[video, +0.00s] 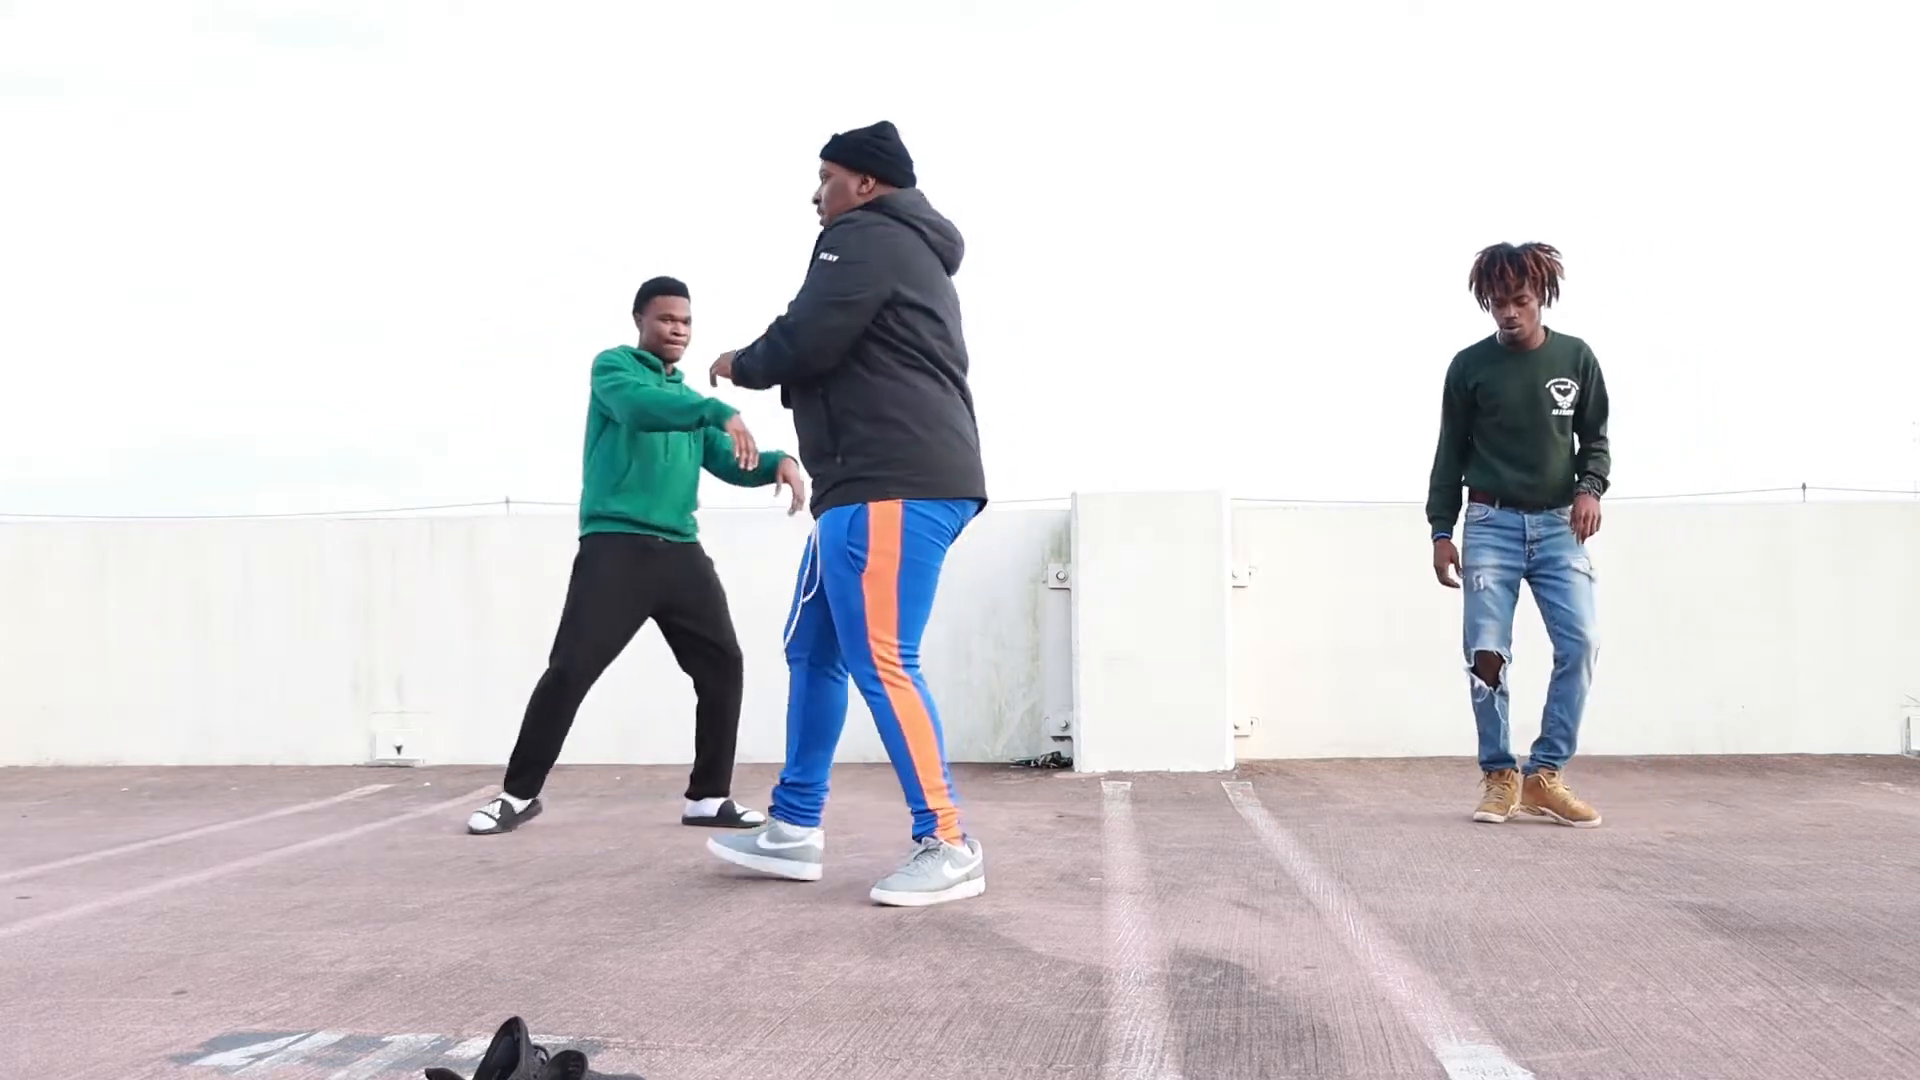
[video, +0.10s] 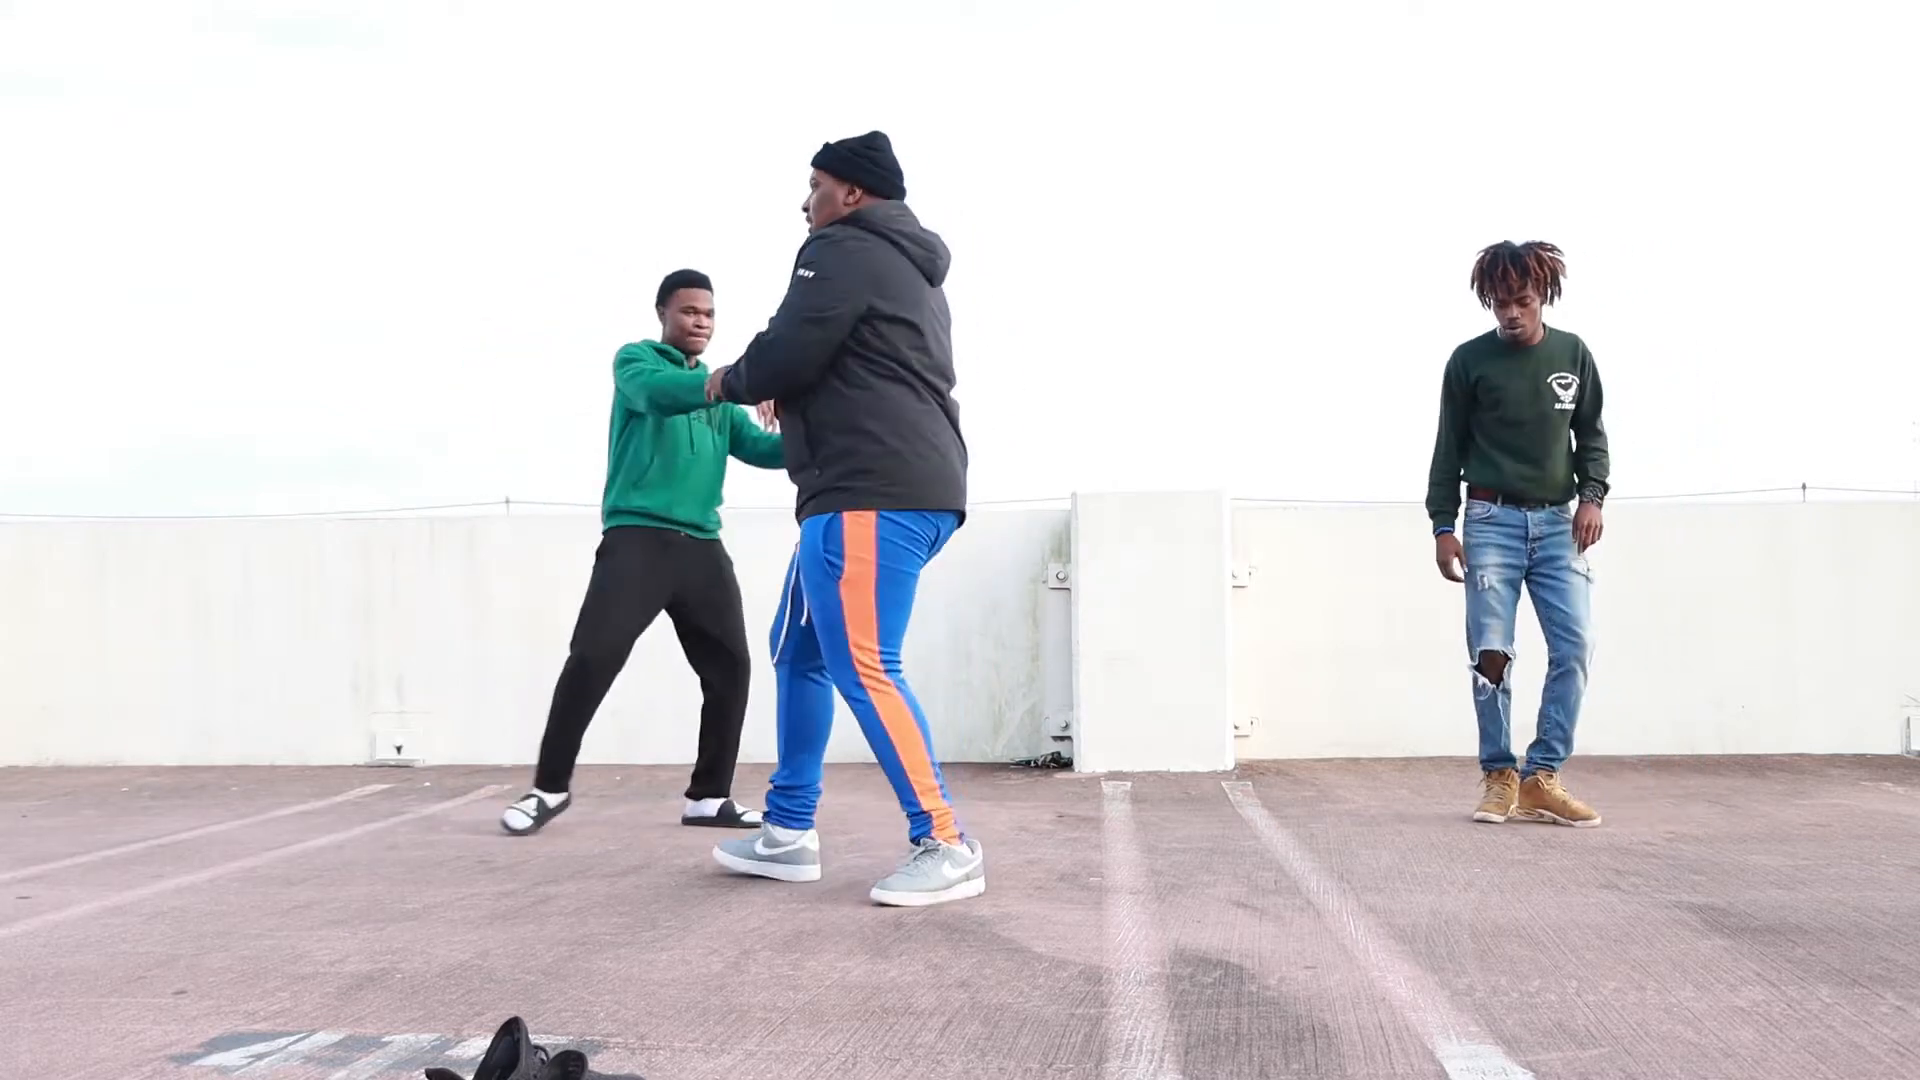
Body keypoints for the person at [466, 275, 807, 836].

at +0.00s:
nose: (675, 329)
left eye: (683, 321)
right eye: (664, 319)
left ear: (690, 329)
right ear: (639, 321)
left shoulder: (691, 398)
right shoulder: (615, 365)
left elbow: (728, 461)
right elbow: (639, 404)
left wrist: (777, 461)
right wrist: (720, 412)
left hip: (681, 551)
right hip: (616, 545)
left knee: (722, 667)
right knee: (570, 670)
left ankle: (708, 798)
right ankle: (518, 794)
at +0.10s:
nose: (699, 322)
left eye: (707, 314)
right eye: (688, 311)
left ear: (714, 323)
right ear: (661, 315)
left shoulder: (717, 394)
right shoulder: (636, 358)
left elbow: (758, 446)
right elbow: (649, 389)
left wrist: (818, 440)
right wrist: (723, 385)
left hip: (702, 548)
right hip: (636, 538)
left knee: (729, 670)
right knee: (592, 660)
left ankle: (708, 797)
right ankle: (550, 789)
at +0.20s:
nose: (716, 313)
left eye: (724, 305)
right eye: (706, 303)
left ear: (731, 311)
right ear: (678, 302)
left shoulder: (740, 364)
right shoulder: (650, 347)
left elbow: (774, 407)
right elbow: (659, 374)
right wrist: (748, 348)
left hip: (717, 536)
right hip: (651, 526)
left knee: (729, 666)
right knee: (624, 651)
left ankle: (708, 797)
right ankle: (608, 796)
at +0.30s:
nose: (729, 308)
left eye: (738, 299)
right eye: (719, 295)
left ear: (747, 303)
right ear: (694, 293)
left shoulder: (748, 350)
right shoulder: (658, 342)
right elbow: (668, 363)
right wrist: (733, 319)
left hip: (734, 520)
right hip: (668, 512)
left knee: (727, 662)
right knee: (667, 652)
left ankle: (710, 796)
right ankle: (663, 797)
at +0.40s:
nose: (736, 292)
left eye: (742, 284)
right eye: (727, 283)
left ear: (749, 294)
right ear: (701, 288)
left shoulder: (753, 343)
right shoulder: (667, 343)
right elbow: (677, 381)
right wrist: (723, 332)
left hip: (745, 504)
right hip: (687, 502)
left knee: (738, 649)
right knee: (702, 641)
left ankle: (712, 790)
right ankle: (709, 794)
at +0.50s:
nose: (721, 300)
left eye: (729, 290)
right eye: (714, 288)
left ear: (744, 294)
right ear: (701, 291)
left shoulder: (757, 346)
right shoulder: (674, 349)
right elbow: (673, 394)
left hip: (749, 504)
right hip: (699, 504)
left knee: (728, 648)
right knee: (722, 648)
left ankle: (708, 785)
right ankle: (740, 795)